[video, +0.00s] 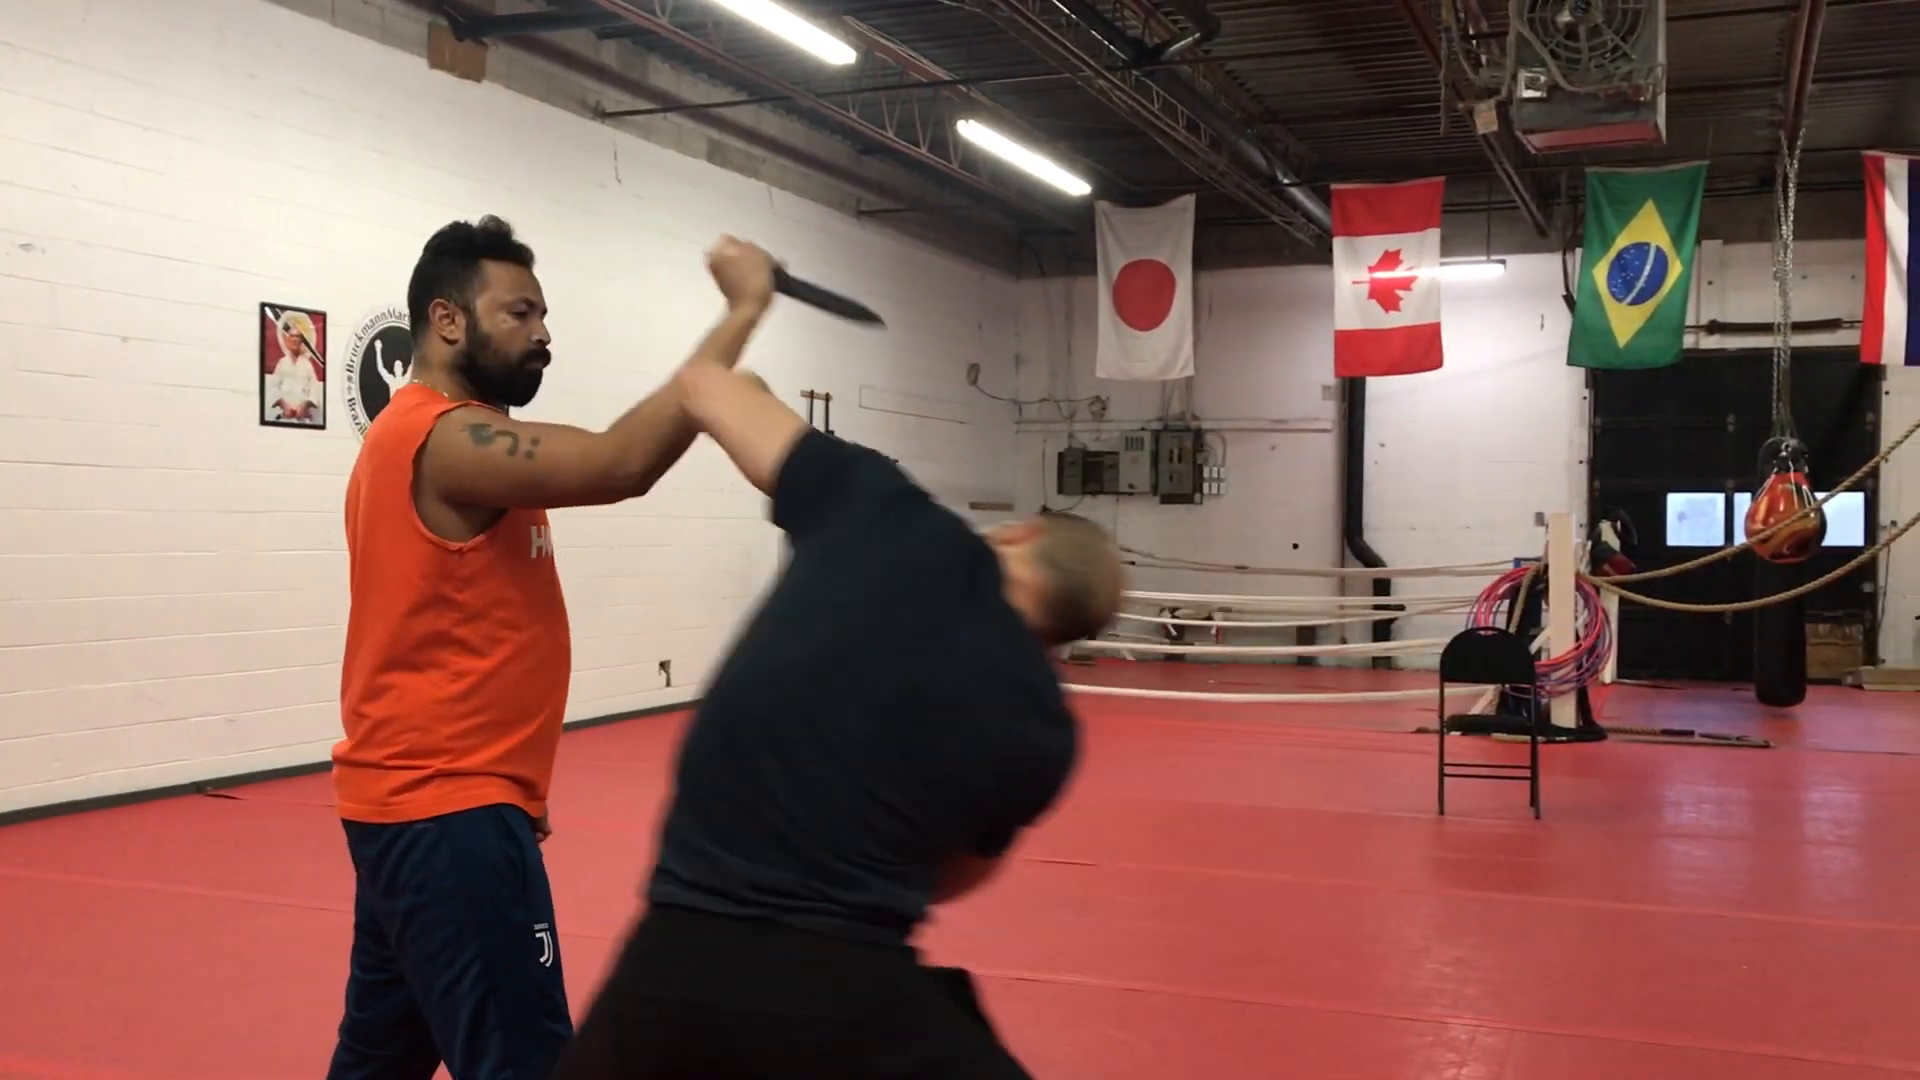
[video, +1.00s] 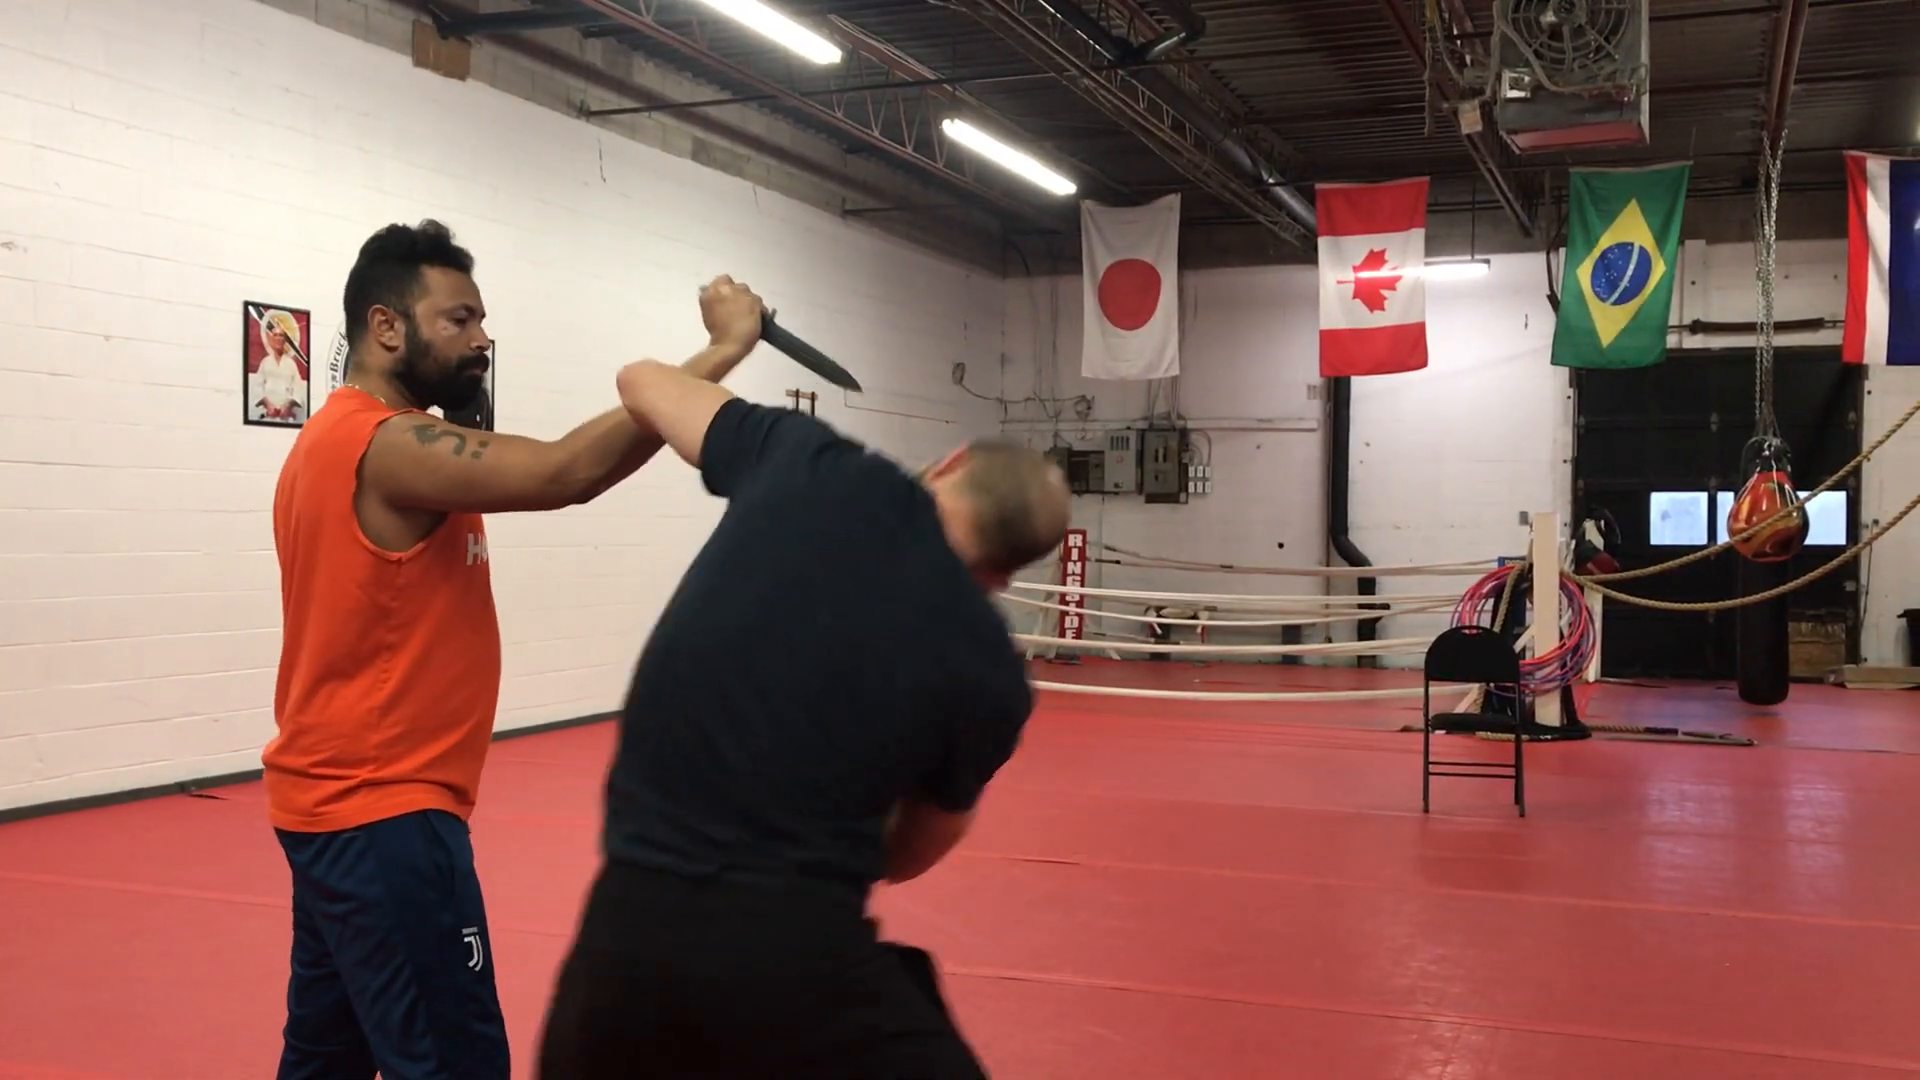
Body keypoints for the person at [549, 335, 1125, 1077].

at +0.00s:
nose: (1012, 517)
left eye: (1024, 517)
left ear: (1021, 530)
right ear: (1069, 640)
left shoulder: (874, 508)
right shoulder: (1041, 730)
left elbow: (704, 380)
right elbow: (953, 878)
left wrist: (747, 300)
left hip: (676, 971)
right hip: (862, 998)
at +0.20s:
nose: (913, 522)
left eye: (919, 520)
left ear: (922, 526)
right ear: (970, 647)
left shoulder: (785, 498)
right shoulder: (942, 736)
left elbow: (654, 354)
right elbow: (846, 871)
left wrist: (740, 402)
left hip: (566, 965)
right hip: (748, 994)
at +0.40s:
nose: (888, 524)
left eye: (898, 522)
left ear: (899, 531)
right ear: (948, 651)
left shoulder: (769, 508)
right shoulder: (928, 745)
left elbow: (628, 369)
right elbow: (824, 881)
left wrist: (716, 328)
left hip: (550, 979)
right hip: (736, 1004)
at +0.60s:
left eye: (901, 510)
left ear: (908, 514)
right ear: (958, 639)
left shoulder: (765, 494)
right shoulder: (937, 731)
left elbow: (620, 369)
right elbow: (843, 871)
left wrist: (703, 325)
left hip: (562, 972)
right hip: (749, 999)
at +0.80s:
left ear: (914, 508)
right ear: (962, 635)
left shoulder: (773, 490)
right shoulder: (947, 725)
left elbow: (629, 369)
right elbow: (853, 870)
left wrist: (710, 325)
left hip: (573, 970)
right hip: (758, 993)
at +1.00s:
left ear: (947, 460)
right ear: (1004, 578)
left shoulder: (802, 459)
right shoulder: (988, 674)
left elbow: (642, 380)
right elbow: (905, 855)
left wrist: (726, 344)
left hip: (631, 936)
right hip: (808, 965)